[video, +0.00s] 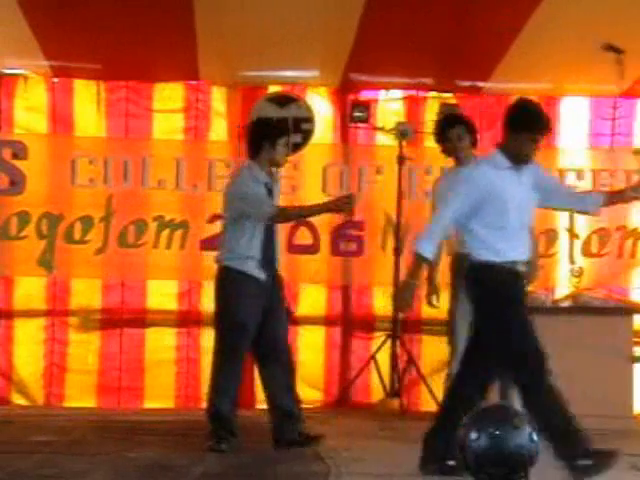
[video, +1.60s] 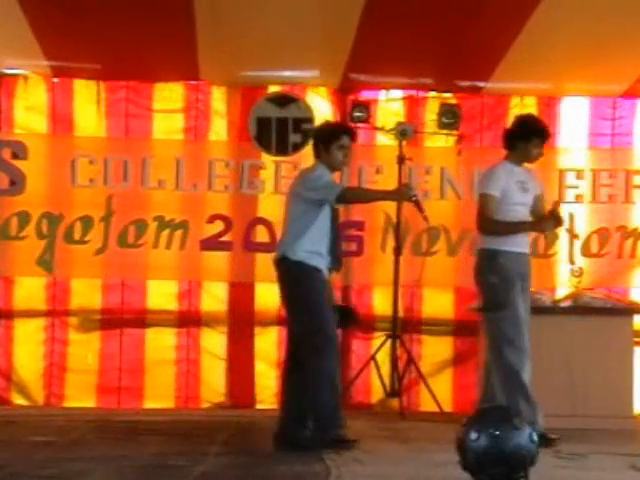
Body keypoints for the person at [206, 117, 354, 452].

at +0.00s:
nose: (288, 155)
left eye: (290, 148)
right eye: (284, 147)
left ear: (278, 148)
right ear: (265, 145)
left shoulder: (270, 182)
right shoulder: (244, 182)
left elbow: (261, 236)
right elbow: (274, 216)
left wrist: (274, 279)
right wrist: (327, 207)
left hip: (264, 279)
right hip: (238, 277)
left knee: (275, 354)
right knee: (231, 353)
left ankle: (287, 428)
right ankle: (222, 429)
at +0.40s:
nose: (320, 151)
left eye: (319, 145)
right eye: (315, 145)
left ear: (304, 148)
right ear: (298, 146)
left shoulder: (295, 181)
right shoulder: (285, 178)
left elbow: (292, 248)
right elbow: (319, 208)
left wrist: (306, 298)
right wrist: (372, 198)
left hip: (292, 276)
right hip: (276, 272)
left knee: (294, 354)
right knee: (270, 350)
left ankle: (291, 431)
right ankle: (233, 423)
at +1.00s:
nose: (337, 154)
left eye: (338, 148)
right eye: (332, 148)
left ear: (324, 151)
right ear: (313, 148)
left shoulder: (312, 179)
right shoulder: (305, 176)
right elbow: (346, 197)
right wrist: (399, 196)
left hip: (300, 271)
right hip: (286, 268)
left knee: (302, 354)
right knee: (286, 350)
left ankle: (294, 432)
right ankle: (254, 428)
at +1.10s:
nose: (339, 155)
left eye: (340, 149)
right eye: (333, 149)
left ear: (323, 152)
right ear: (315, 149)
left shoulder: (312, 179)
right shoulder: (306, 177)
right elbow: (348, 196)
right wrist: (400, 195)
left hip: (301, 270)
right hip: (288, 268)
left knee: (302, 352)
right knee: (289, 349)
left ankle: (293, 432)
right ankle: (254, 427)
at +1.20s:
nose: (339, 155)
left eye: (340, 149)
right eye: (334, 148)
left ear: (329, 153)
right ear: (317, 149)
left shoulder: (313, 179)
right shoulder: (307, 177)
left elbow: (349, 196)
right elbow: (350, 195)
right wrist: (399, 194)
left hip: (301, 269)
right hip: (289, 268)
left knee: (302, 351)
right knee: (294, 350)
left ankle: (293, 431)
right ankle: (256, 423)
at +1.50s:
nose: (344, 155)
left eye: (346, 149)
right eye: (338, 148)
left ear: (340, 152)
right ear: (320, 149)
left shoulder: (316, 178)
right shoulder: (311, 176)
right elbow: (347, 195)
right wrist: (394, 194)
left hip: (303, 267)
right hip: (297, 266)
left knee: (307, 343)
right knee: (319, 342)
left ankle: (296, 429)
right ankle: (302, 431)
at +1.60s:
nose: (346, 156)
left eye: (348, 150)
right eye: (341, 149)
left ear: (342, 152)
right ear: (323, 149)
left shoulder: (320, 181)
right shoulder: (313, 177)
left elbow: (317, 247)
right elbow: (347, 195)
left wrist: (330, 301)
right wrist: (395, 194)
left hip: (307, 268)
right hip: (300, 266)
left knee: (307, 347)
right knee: (321, 345)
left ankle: (295, 428)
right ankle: (325, 428)